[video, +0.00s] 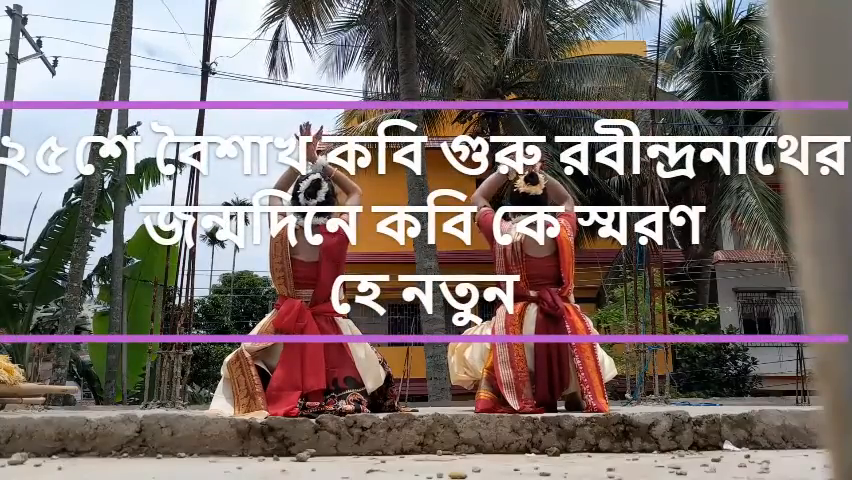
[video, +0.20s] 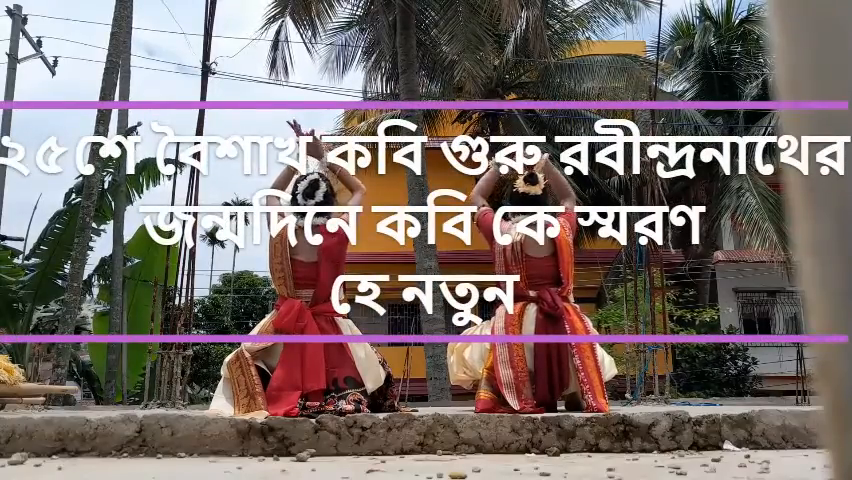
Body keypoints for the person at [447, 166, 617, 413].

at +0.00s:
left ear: (510, 206)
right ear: (544, 204)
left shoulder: (502, 233)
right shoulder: (562, 231)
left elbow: (479, 197)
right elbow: (566, 200)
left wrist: (505, 171)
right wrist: (540, 176)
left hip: (517, 320)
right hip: (562, 319)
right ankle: (575, 395)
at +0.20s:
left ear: (511, 201)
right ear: (546, 199)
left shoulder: (500, 231)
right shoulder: (561, 229)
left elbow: (478, 196)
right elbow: (568, 198)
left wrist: (499, 166)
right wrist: (548, 166)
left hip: (515, 321)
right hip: (561, 320)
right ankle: (575, 395)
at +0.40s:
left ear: (508, 200)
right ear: (545, 198)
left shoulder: (500, 232)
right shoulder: (562, 228)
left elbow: (472, 200)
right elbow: (577, 198)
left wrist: (493, 169)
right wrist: (547, 168)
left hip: (514, 322)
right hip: (560, 321)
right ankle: (575, 394)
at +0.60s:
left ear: (513, 206)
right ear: (546, 205)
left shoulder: (499, 233)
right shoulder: (564, 231)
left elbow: (466, 208)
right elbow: (585, 203)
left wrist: (479, 178)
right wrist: (557, 178)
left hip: (515, 318)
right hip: (561, 317)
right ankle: (577, 398)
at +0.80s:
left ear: (509, 205)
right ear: (545, 204)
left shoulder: (496, 234)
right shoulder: (566, 233)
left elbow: (452, 216)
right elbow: (601, 214)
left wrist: (457, 183)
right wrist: (581, 186)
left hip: (512, 323)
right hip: (560, 321)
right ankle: (576, 396)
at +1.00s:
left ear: (511, 207)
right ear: (544, 207)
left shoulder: (495, 236)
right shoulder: (566, 235)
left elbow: (444, 233)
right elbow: (610, 226)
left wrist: (441, 197)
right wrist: (596, 196)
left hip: (512, 323)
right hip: (561, 321)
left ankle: (490, 393)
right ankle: (575, 394)